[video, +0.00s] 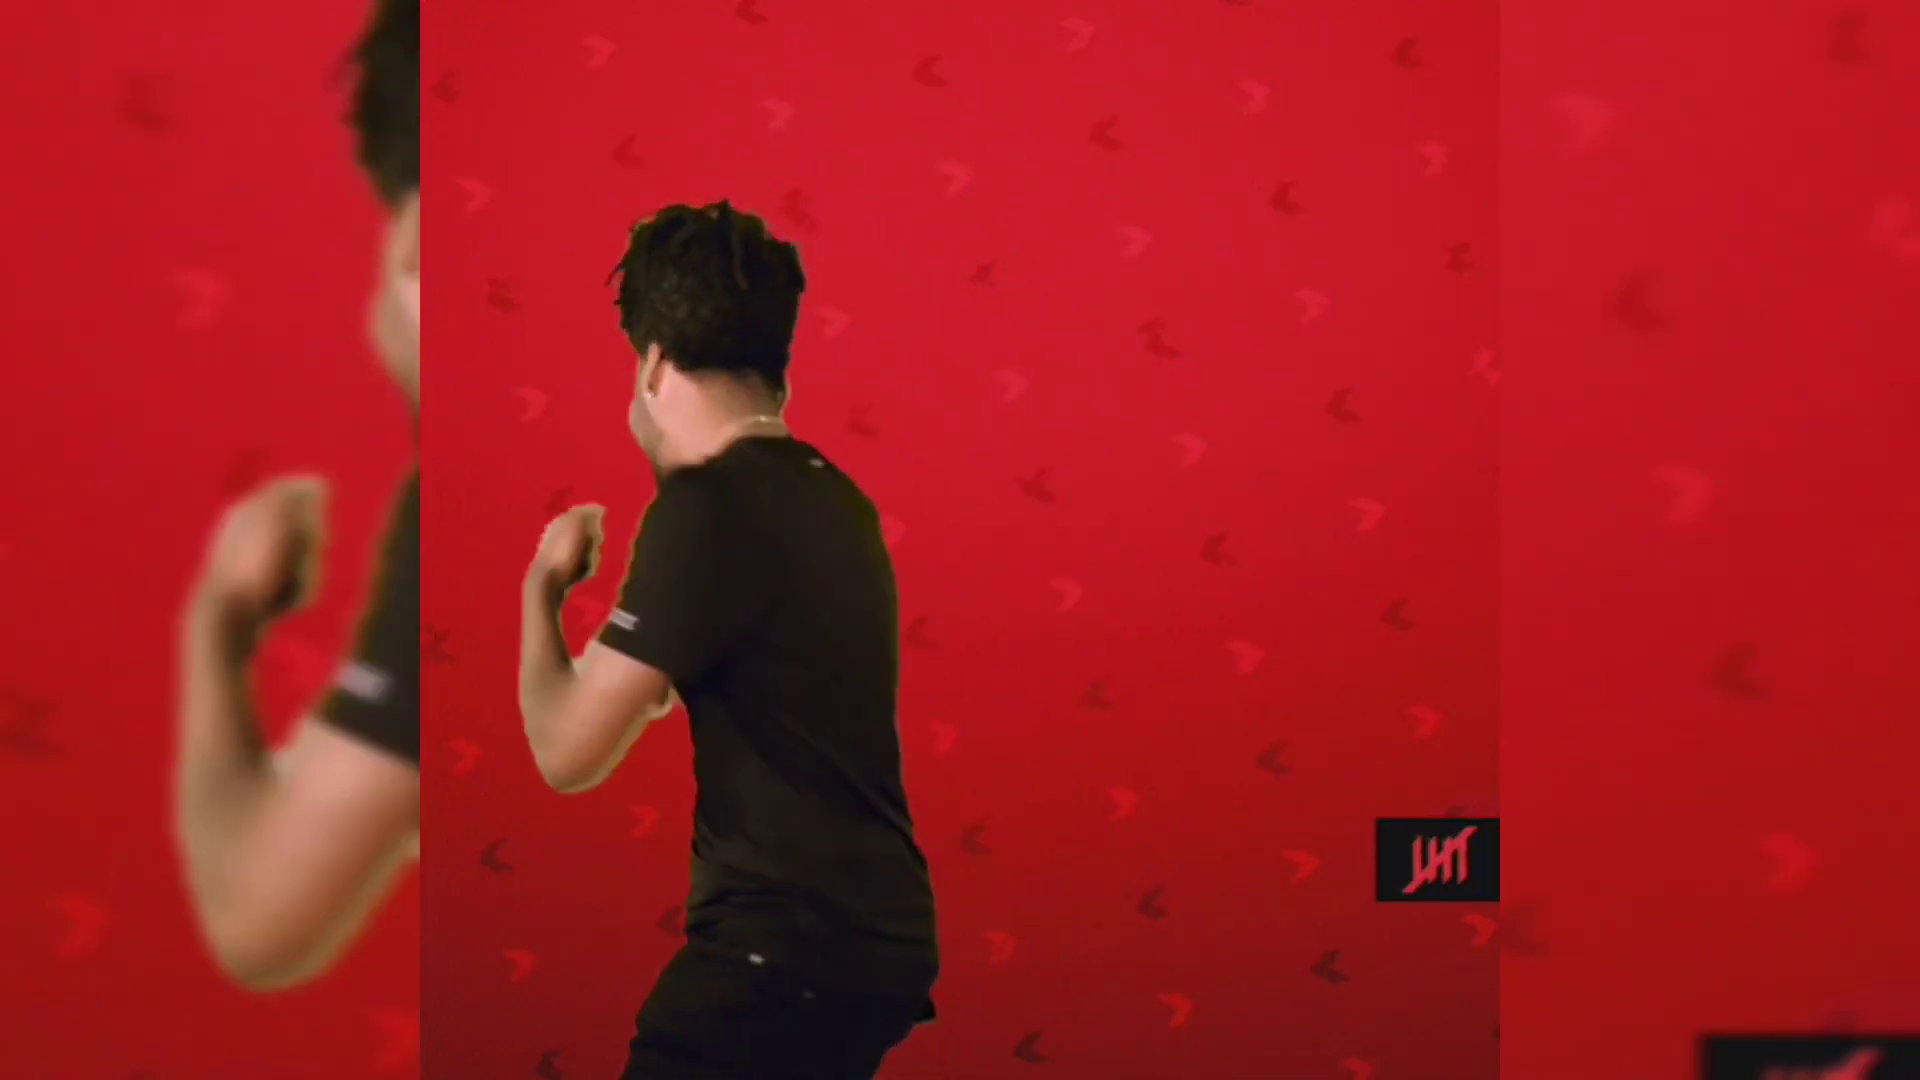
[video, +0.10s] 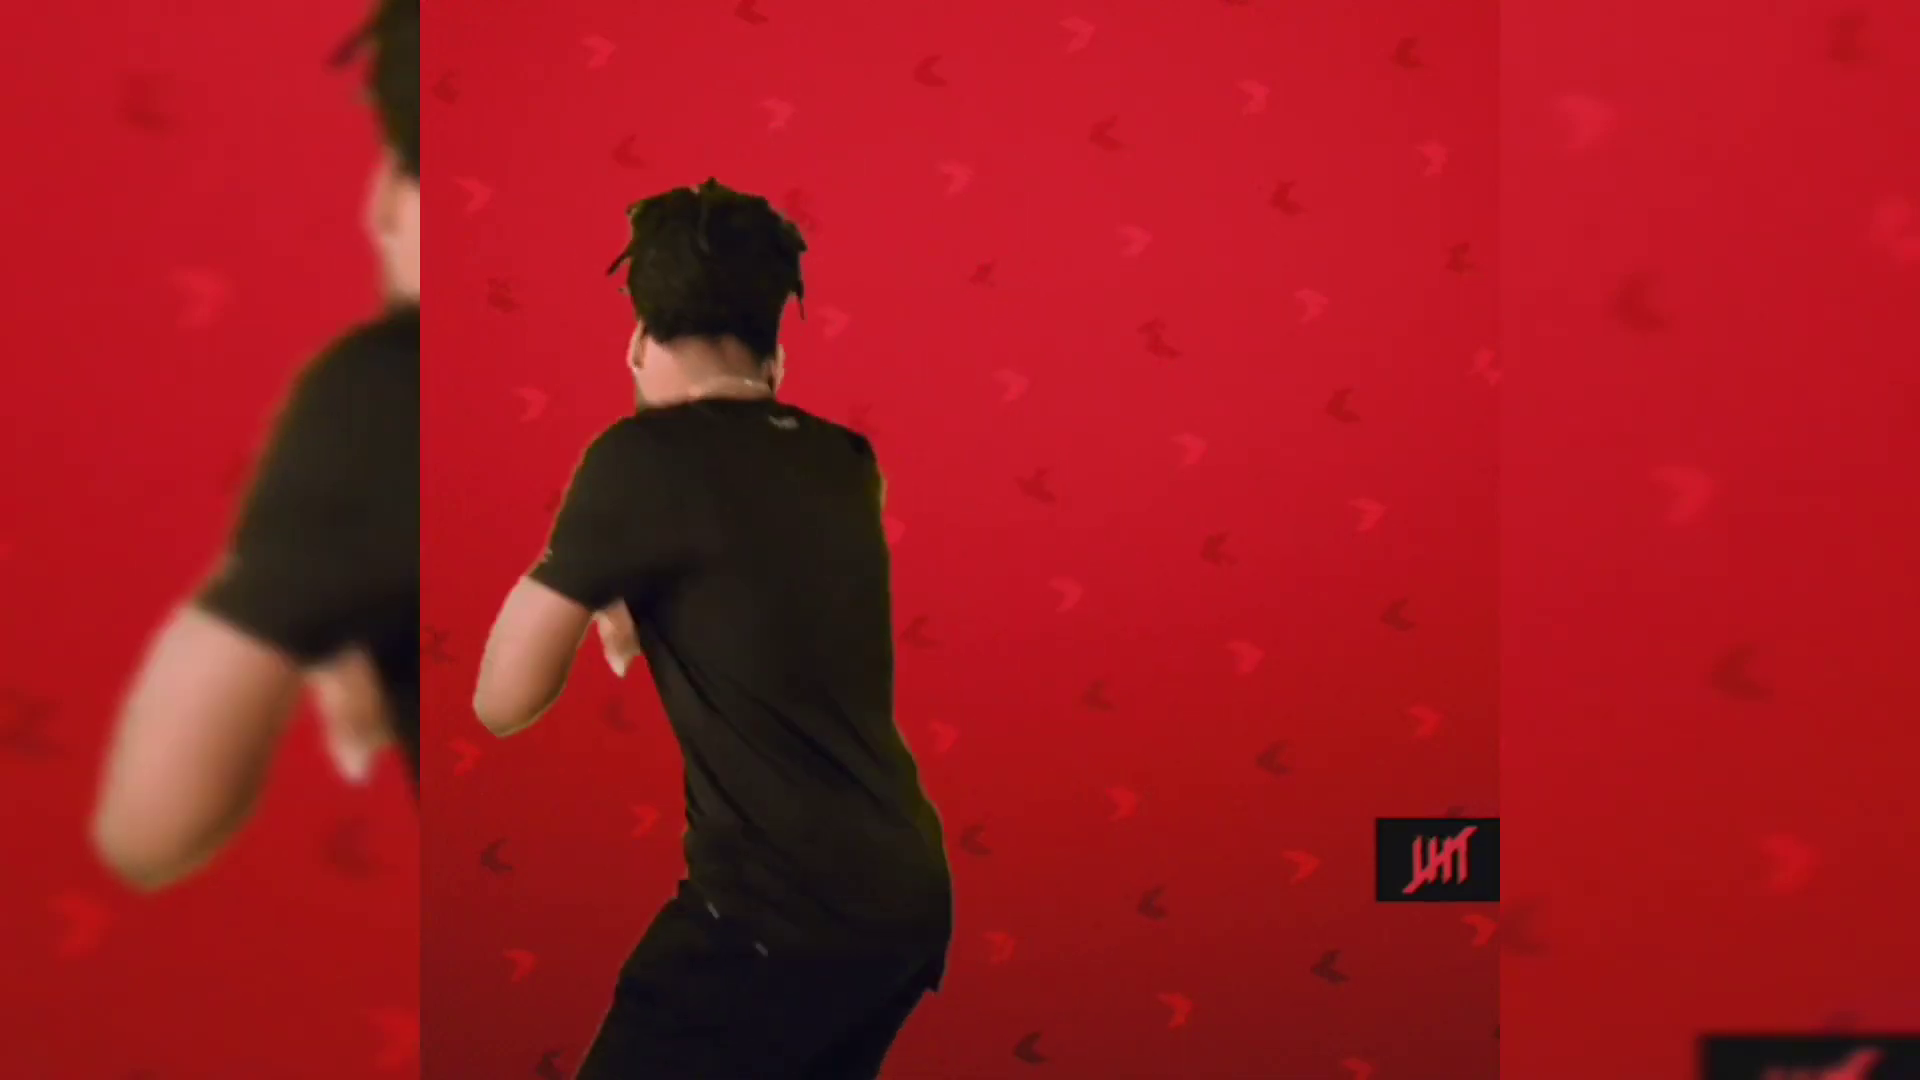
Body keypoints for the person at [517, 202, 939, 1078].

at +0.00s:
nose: (629, 397)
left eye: (630, 360)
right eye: (631, 361)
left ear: (655, 361)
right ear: (774, 364)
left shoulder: (715, 507)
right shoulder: (837, 500)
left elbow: (567, 751)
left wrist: (541, 589)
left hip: (771, 961)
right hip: (872, 954)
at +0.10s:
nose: (628, 342)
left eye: (630, 310)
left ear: (643, 329)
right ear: (776, 330)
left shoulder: (641, 457)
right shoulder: (846, 457)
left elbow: (503, 700)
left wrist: (622, 559)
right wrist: (642, 610)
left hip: (759, 919)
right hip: (897, 917)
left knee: (626, 1064)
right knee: (823, 1063)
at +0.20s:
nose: (629, 360)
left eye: (635, 335)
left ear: (640, 350)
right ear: (775, 358)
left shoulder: (598, 462)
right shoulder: (849, 465)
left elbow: (490, 710)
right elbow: (945, 547)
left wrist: (630, 624)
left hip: (711, 930)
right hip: (883, 929)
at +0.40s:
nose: (817, 430)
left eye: (822, 405)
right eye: (822, 404)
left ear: (672, 395)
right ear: (793, 399)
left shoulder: (562, 519)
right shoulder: (873, 514)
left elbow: (456, 761)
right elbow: (1068, 667)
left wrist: (593, 708)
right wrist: (871, 679)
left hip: (655, 983)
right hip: (847, 978)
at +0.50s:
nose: (883, 476)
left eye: (893, 450)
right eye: (886, 448)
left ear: (745, 411)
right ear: (830, 434)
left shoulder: (586, 517)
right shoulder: (873, 542)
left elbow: (463, 656)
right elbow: (1013, 714)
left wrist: (592, 730)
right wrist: (887, 815)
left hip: (624, 948)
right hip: (819, 945)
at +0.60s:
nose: (911, 564)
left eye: (922, 539)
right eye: (916, 534)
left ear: (782, 477)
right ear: (859, 498)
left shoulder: (627, 567)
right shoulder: (899, 616)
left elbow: (514, 687)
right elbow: (962, 778)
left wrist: (575, 787)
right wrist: (858, 900)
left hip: (599, 959)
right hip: (789, 966)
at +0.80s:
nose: (997, 529)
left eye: (1011, 499)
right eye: (995, 490)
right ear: (915, 450)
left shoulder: (686, 532)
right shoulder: (917, 570)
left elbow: (494, 679)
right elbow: (877, 767)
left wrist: (658, 626)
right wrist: (857, 902)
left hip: (597, 947)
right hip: (765, 946)